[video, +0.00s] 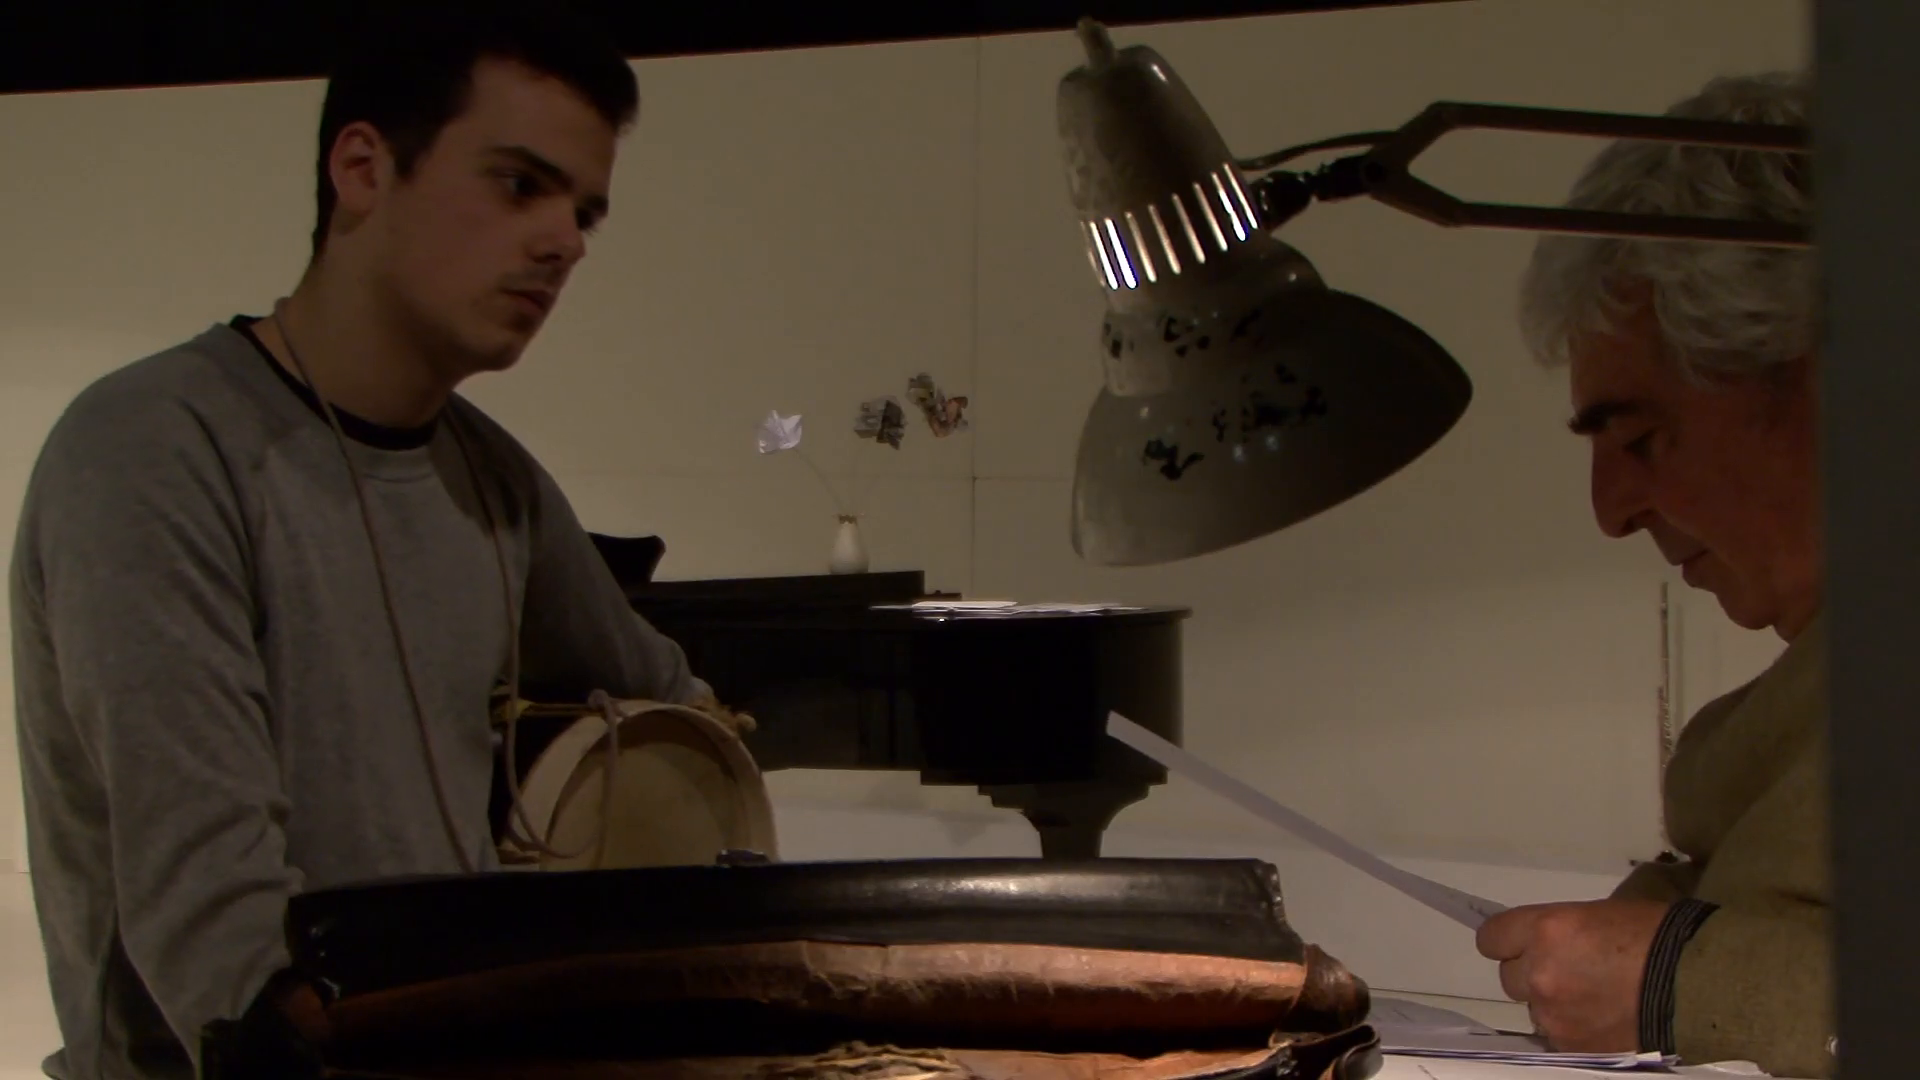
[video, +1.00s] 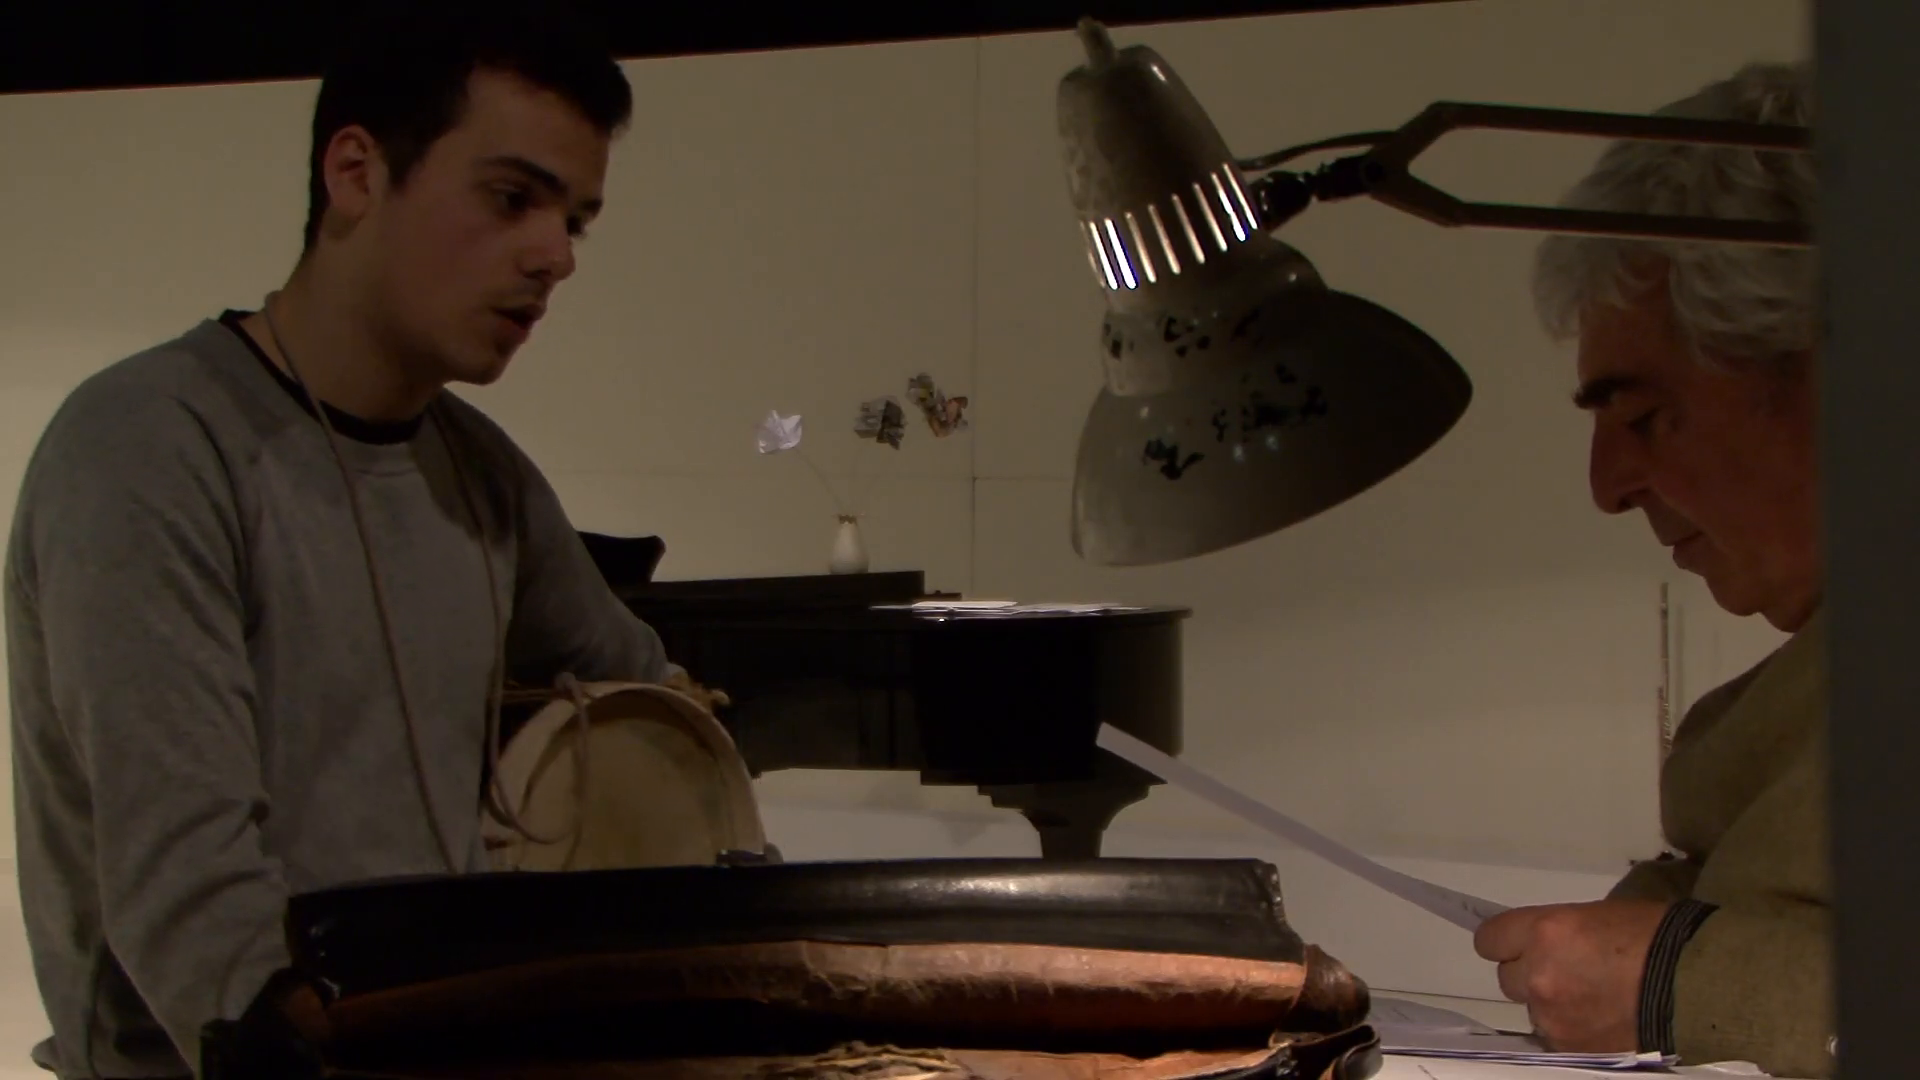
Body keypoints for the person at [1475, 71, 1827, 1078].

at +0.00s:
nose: (1614, 511)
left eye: (1639, 436)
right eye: (1602, 447)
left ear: (1816, 378)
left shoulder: (1874, 662)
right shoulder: (1815, 661)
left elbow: (1888, 1007)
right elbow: (1762, 874)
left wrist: (1680, 983)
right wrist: (1654, 928)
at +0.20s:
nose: (1612, 505)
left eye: (1640, 430)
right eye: (1602, 440)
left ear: (1818, 373)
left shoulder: (1870, 668)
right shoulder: (1804, 677)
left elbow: (1887, 1006)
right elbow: (1769, 880)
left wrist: (1680, 983)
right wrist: (1657, 929)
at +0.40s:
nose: (1610, 495)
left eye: (1639, 421)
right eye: (1601, 433)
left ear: (1824, 367)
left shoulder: (1869, 663)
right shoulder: (1802, 672)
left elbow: (1890, 1004)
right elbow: (1757, 877)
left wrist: (1680, 983)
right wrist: (1654, 928)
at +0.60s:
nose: (1612, 492)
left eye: (1641, 417)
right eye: (1604, 427)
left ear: (1822, 364)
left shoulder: (1870, 667)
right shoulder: (1799, 678)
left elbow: (1887, 1004)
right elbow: (1765, 880)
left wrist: (1680, 983)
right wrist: (1652, 932)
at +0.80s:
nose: (1610, 485)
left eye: (1641, 411)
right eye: (1604, 421)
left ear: (1827, 363)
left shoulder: (1868, 665)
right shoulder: (1804, 676)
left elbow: (1887, 1004)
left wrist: (1679, 982)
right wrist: (1651, 934)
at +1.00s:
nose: (1609, 487)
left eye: (1641, 414)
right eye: (1603, 423)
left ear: (1828, 366)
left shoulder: (1867, 667)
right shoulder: (1802, 678)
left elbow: (1887, 1006)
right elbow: (1762, 876)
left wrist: (1679, 983)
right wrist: (1649, 930)